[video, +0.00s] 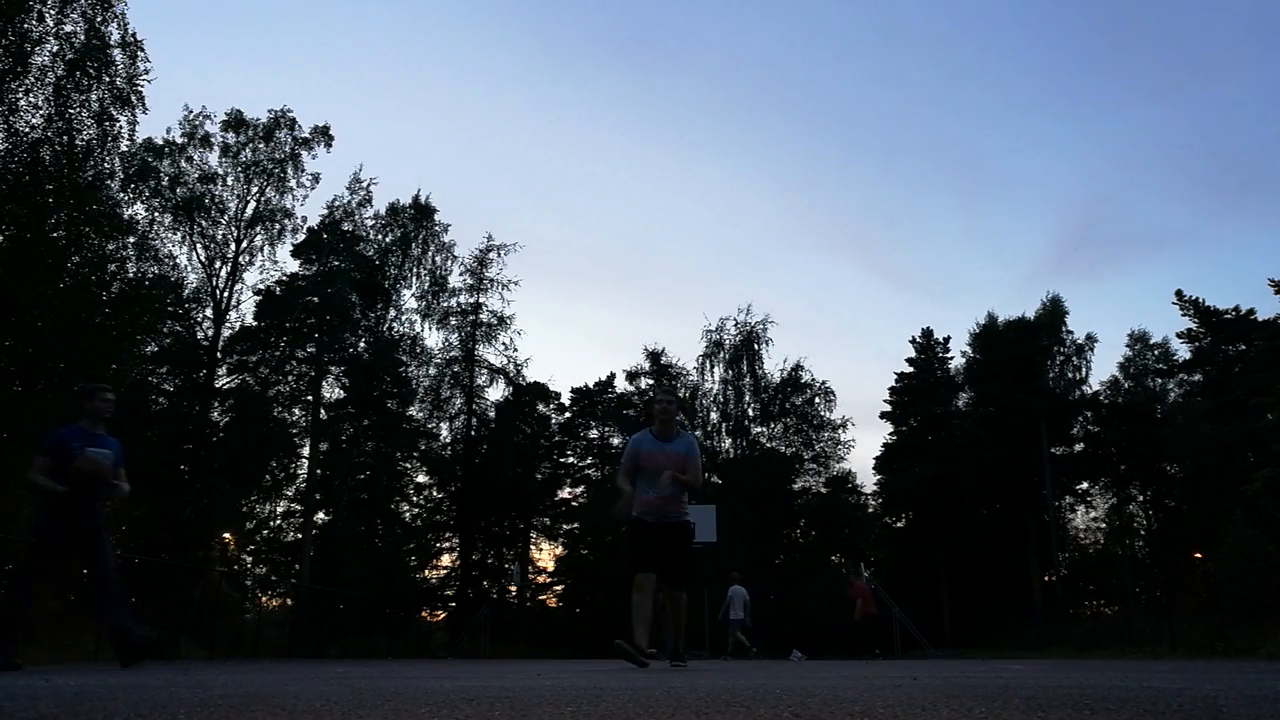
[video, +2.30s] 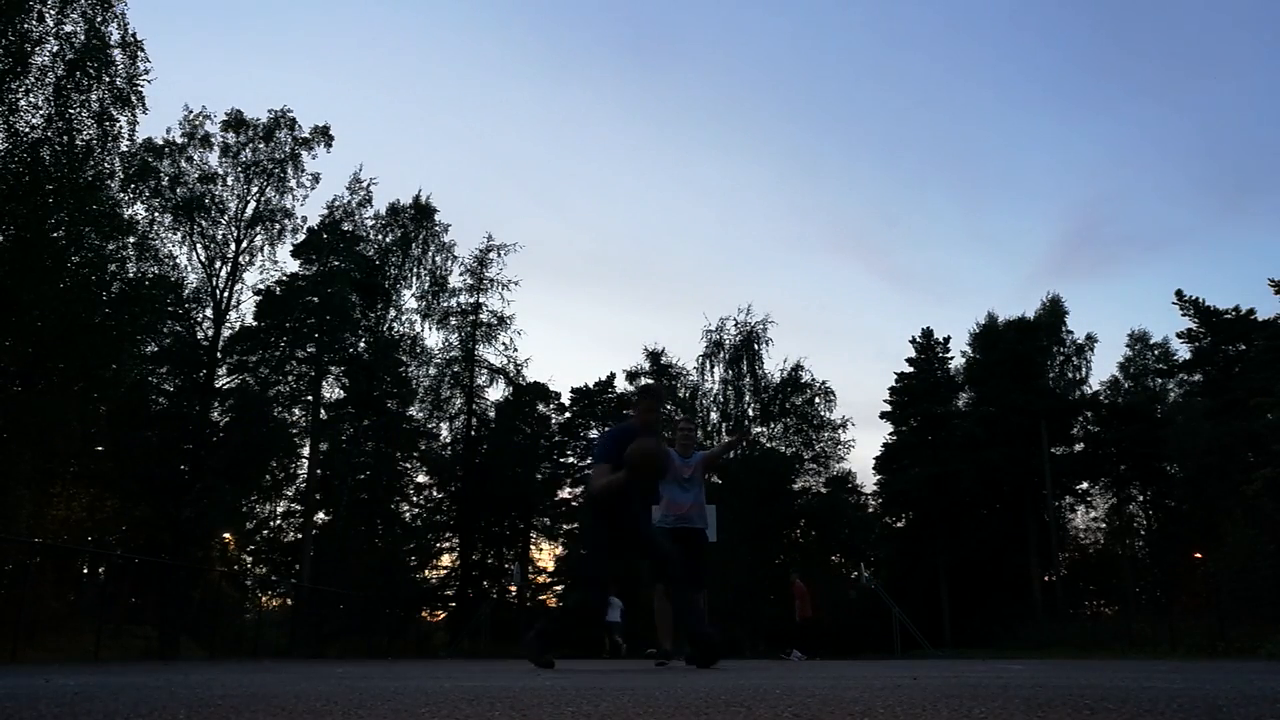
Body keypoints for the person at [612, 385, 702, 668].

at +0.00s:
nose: (664, 407)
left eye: (669, 402)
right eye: (660, 402)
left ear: (677, 408)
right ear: (652, 408)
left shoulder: (688, 443)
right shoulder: (637, 441)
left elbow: (696, 482)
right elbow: (622, 476)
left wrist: (677, 477)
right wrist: (629, 491)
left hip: (676, 522)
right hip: (643, 521)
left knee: (675, 588)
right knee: (643, 582)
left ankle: (677, 651)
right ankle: (640, 646)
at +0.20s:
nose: (667, 405)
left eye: (672, 401)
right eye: (663, 401)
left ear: (680, 406)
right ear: (656, 406)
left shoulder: (692, 439)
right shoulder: (644, 437)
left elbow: (705, 476)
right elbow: (630, 471)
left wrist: (686, 470)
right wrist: (650, 461)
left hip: (679, 517)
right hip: (648, 516)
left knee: (678, 584)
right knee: (648, 580)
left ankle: (677, 650)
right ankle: (653, 648)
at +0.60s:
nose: (645, 419)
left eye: (650, 415)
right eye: (644, 415)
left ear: (666, 418)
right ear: (645, 420)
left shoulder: (684, 448)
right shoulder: (637, 449)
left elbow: (703, 480)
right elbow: (629, 483)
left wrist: (673, 480)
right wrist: (650, 490)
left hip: (675, 523)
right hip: (646, 524)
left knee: (676, 586)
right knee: (651, 587)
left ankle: (677, 650)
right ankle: (656, 647)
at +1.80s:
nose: (678, 432)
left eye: (682, 428)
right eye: (674, 428)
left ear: (688, 431)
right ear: (667, 431)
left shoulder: (700, 460)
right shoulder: (656, 458)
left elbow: (715, 488)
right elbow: (637, 480)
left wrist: (715, 469)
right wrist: (647, 462)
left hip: (690, 531)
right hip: (662, 530)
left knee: (692, 592)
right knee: (662, 592)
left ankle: (694, 650)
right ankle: (663, 650)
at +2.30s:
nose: (687, 434)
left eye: (690, 430)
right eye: (683, 430)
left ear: (696, 435)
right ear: (674, 434)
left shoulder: (700, 458)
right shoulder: (665, 456)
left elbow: (719, 450)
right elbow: (646, 449)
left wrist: (735, 441)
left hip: (695, 530)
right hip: (666, 529)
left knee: (695, 589)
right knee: (665, 588)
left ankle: (698, 648)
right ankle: (665, 648)